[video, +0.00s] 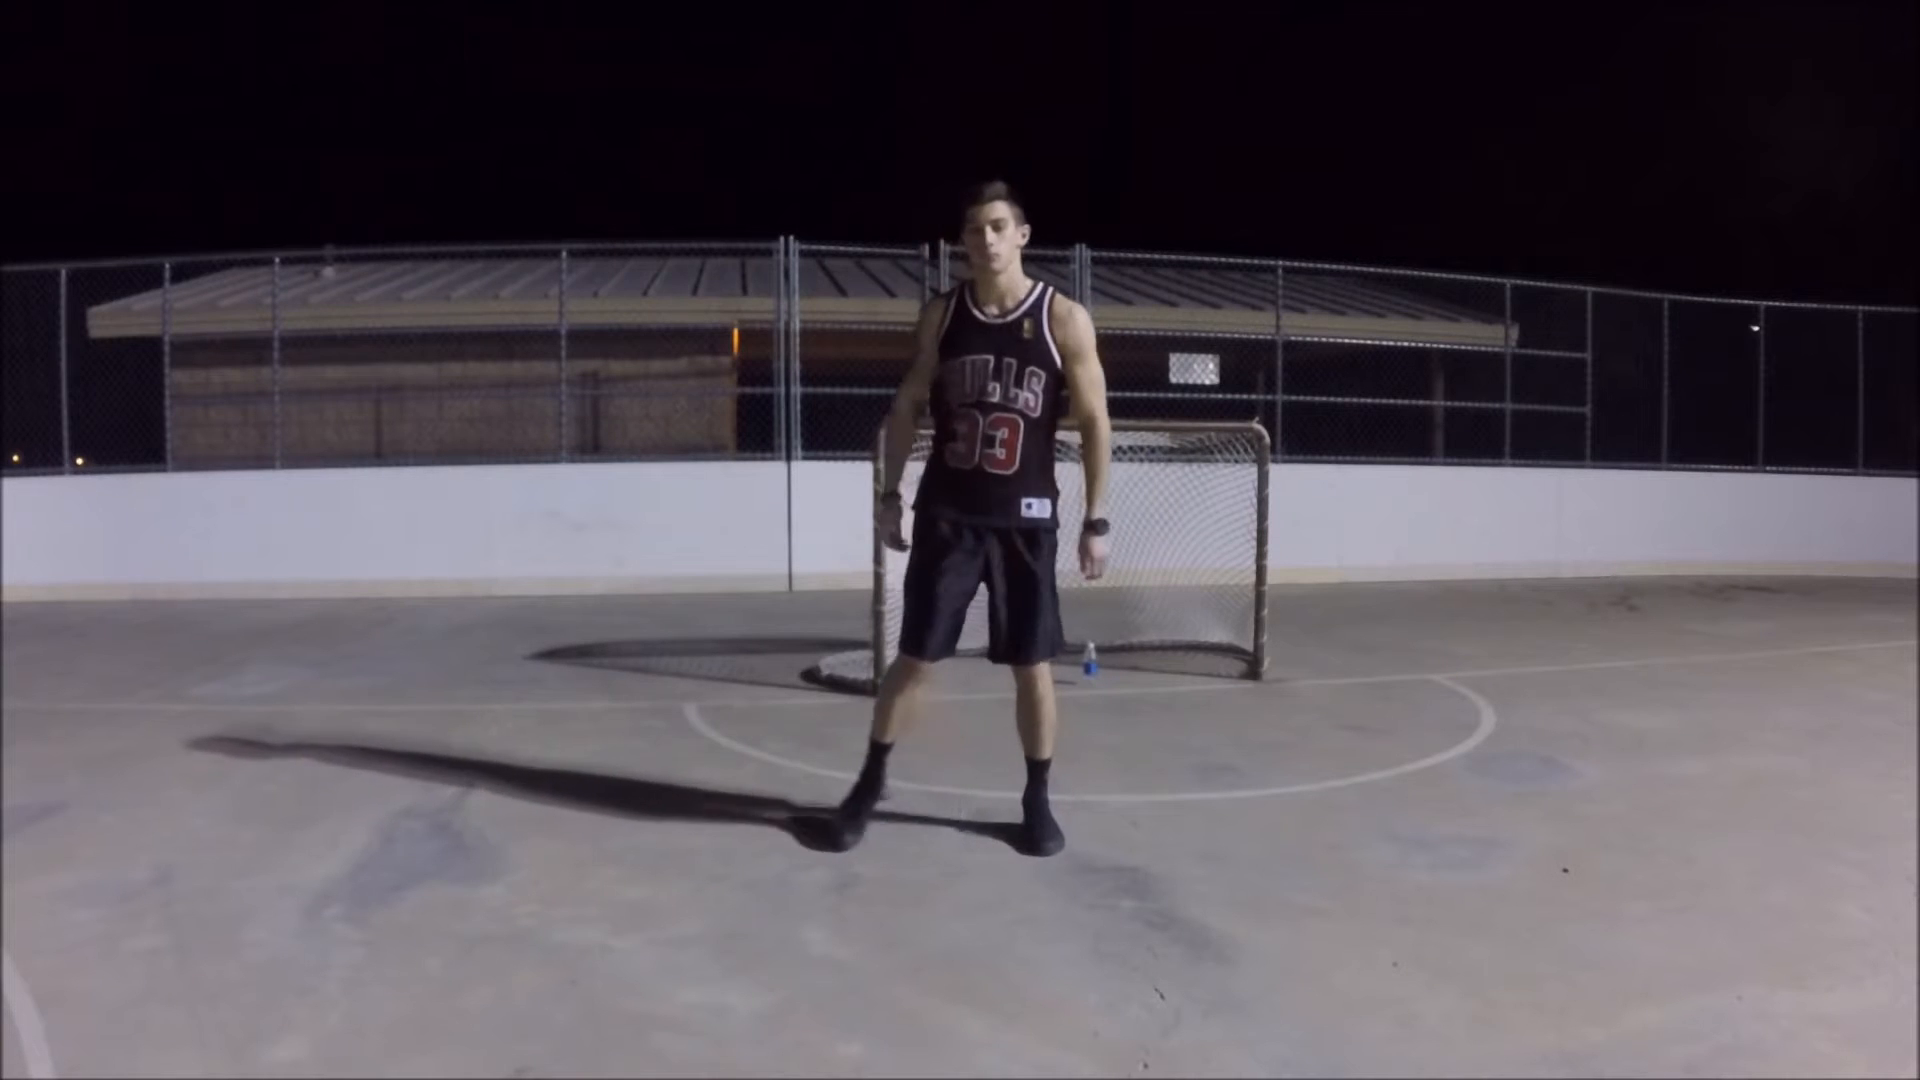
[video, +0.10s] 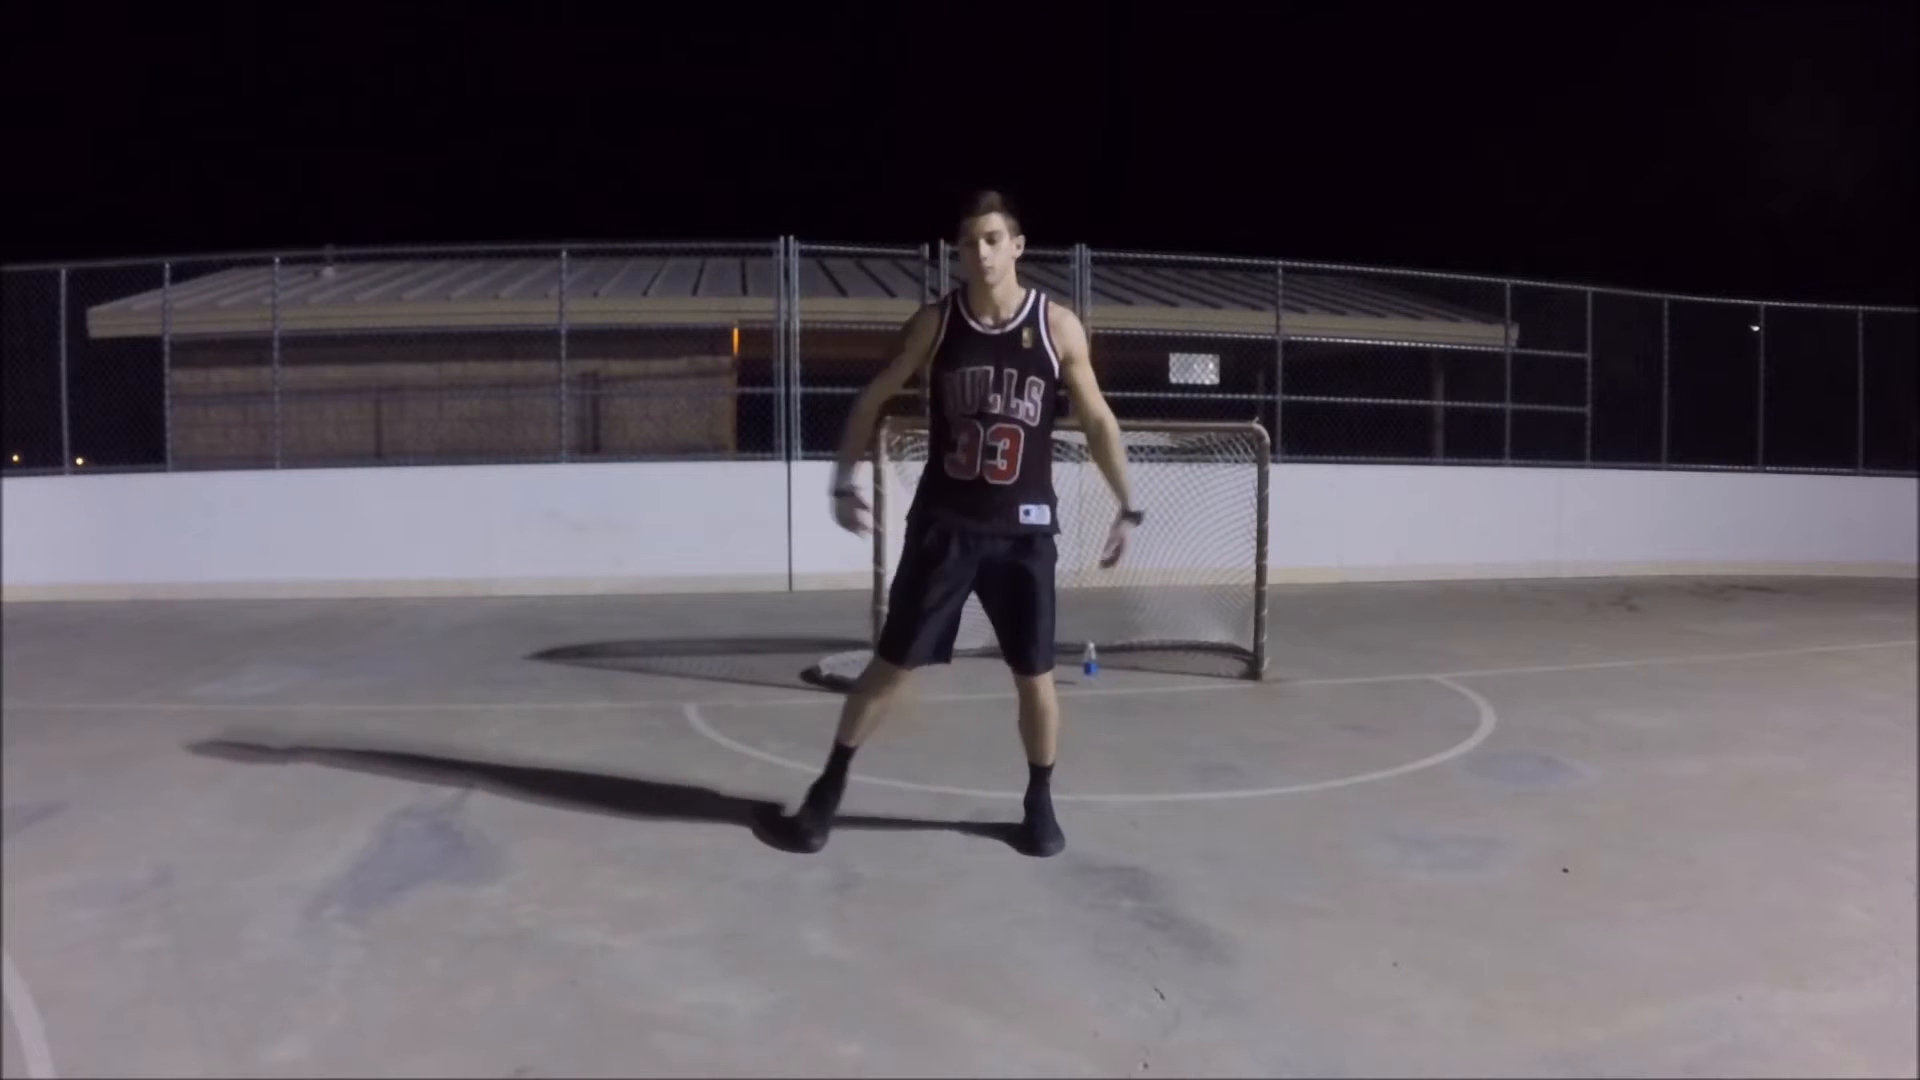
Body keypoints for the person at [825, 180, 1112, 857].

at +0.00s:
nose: (986, 239)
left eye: (997, 226)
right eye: (975, 230)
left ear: (1023, 235)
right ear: (960, 244)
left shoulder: (1064, 318)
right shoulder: (942, 316)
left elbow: (1094, 421)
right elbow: (908, 406)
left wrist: (1095, 520)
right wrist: (888, 490)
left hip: (1026, 523)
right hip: (947, 516)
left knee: (1032, 664)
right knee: (913, 658)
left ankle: (1038, 803)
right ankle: (867, 786)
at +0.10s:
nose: (980, 251)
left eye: (992, 239)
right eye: (970, 242)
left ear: (1018, 246)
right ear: (958, 252)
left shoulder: (1058, 325)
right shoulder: (936, 322)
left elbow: (1097, 419)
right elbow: (872, 397)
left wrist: (1127, 505)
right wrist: (845, 478)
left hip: (1024, 531)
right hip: (943, 527)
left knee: (1035, 674)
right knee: (891, 664)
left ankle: (1040, 803)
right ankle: (828, 789)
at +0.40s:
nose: (950, 256)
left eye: (961, 242)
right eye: (939, 244)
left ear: (978, 226)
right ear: (918, 232)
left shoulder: (1011, 271)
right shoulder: (883, 277)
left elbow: (1108, 258)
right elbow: (774, 282)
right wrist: (730, 224)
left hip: (976, 486)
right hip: (901, 487)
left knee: (971, 641)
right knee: (892, 641)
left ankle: (954, 775)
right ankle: (858, 785)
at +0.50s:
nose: (934, 272)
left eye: (942, 257)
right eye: (920, 261)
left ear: (963, 238)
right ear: (899, 247)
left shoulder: (995, 282)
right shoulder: (869, 286)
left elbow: (1090, 245)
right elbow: (770, 283)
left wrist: (1138, 169)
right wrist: (749, 203)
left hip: (955, 496)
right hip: (885, 498)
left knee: (902, 653)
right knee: (925, 656)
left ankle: (849, 778)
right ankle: (969, 807)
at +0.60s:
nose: (926, 295)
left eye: (935, 280)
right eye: (911, 284)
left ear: (949, 265)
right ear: (887, 276)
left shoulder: (978, 315)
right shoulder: (858, 318)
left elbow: (1077, 273)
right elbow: (758, 303)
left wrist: (1044, 191)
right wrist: (767, 220)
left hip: (935, 525)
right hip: (867, 520)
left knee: (884, 667)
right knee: (916, 655)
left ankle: (826, 794)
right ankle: (909, 806)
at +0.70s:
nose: (897, 299)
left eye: (907, 285)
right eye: (883, 288)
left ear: (928, 264)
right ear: (862, 275)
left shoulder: (961, 305)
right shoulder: (838, 319)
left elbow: (1070, 291)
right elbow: (734, 315)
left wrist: (1009, 258)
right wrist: (768, 246)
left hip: (941, 523)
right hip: (870, 523)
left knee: (930, 678)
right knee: (880, 666)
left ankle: (864, 770)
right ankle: (819, 800)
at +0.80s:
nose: (884, 303)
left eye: (892, 289)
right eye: (870, 293)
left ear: (912, 268)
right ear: (848, 283)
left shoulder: (954, 306)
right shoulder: (827, 325)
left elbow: (1063, 294)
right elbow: (727, 316)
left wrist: (1027, 264)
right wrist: (756, 249)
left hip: (950, 523)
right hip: (867, 533)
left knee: (969, 647)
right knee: (837, 680)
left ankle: (960, 749)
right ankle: (799, 821)